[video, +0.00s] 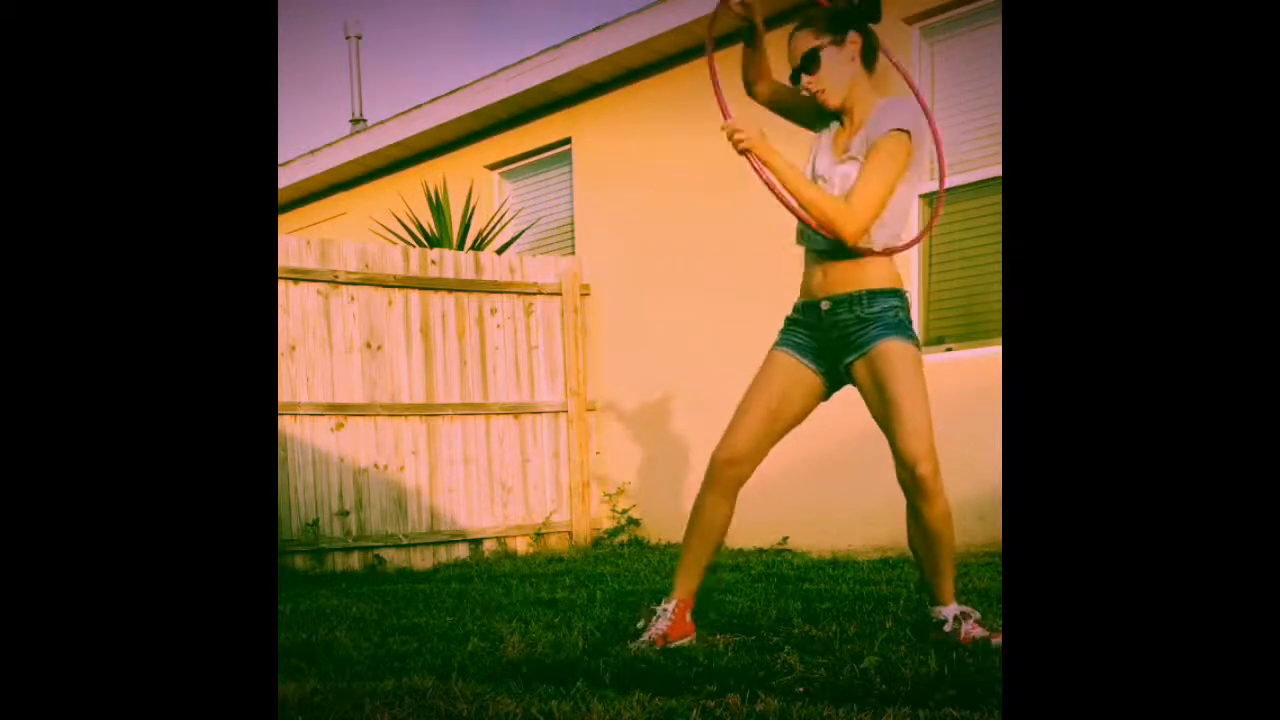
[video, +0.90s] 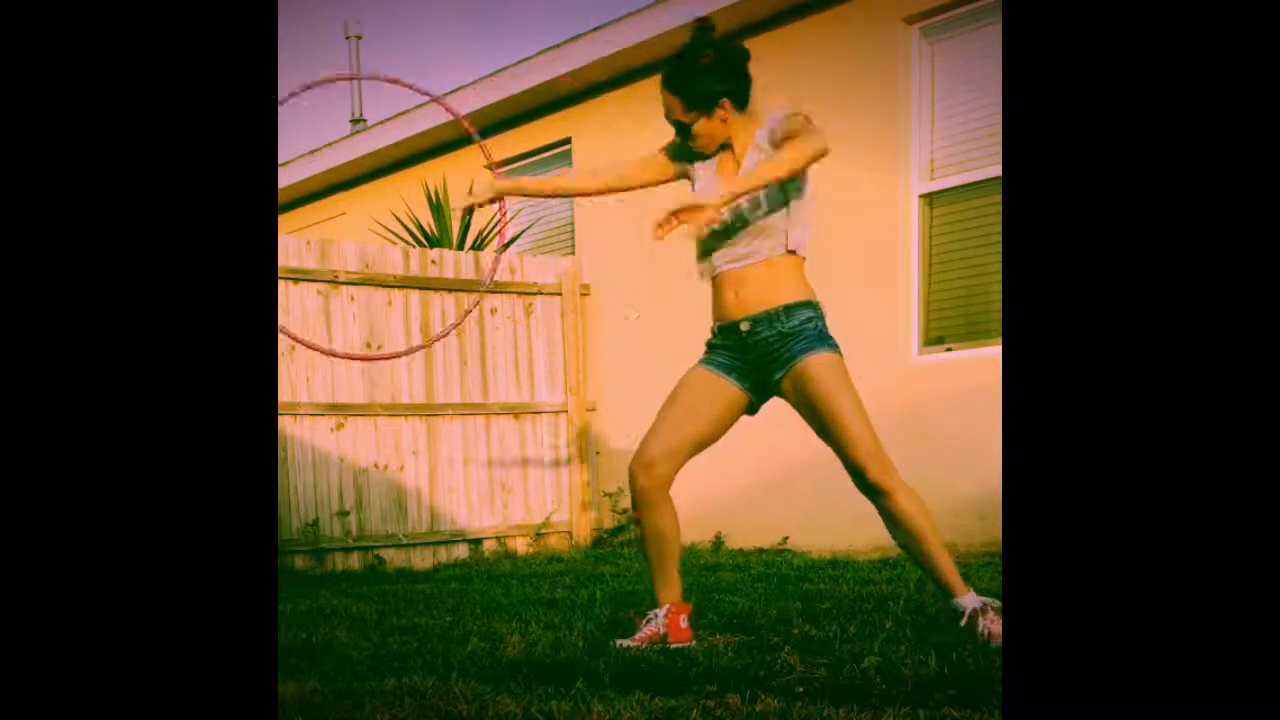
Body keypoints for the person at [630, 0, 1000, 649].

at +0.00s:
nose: (806, 81)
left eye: (812, 62)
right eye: (801, 70)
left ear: (855, 47)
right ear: (826, 65)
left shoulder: (896, 121)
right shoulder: (828, 126)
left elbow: (851, 226)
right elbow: (761, 86)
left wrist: (771, 157)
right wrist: (753, 27)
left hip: (874, 313)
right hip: (809, 320)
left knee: (919, 469)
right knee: (726, 463)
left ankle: (947, 609)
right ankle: (676, 614)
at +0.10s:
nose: (790, 83)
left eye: (796, 68)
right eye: (784, 73)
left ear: (839, 56)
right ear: (812, 65)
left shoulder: (884, 122)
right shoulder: (811, 131)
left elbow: (849, 191)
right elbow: (733, 122)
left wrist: (795, 109)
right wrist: (742, 44)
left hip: (859, 318)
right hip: (793, 327)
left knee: (903, 472)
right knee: (711, 465)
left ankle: (944, 611)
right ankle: (679, 618)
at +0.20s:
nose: (771, 94)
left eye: (777, 78)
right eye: (767, 83)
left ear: (819, 66)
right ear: (778, 82)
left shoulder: (870, 118)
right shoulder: (779, 144)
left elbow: (862, 129)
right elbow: (695, 166)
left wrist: (814, 35)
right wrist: (700, 76)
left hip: (838, 323)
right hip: (771, 334)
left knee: (889, 474)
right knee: (682, 465)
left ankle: (943, 613)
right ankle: (675, 617)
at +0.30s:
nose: (744, 98)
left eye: (752, 85)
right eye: (741, 86)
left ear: (797, 85)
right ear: (767, 89)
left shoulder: (841, 133)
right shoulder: (750, 156)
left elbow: (855, 59)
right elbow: (680, 210)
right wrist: (651, 122)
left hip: (815, 325)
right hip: (747, 336)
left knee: (873, 474)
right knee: (661, 467)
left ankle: (941, 612)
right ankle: (672, 616)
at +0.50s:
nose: (695, 106)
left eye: (705, 96)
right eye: (694, 95)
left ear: (750, 95)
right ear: (730, 97)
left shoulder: (792, 128)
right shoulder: (708, 167)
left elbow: (778, 13)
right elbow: (685, 265)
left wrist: (680, 9)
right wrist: (606, 221)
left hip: (785, 333)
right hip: (720, 345)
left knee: (857, 482)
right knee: (638, 473)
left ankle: (942, 612)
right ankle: (671, 616)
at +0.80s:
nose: (685, 126)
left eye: (694, 109)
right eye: (679, 116)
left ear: (730, 96)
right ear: (681, 118)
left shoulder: (772, 143)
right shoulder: (683, 167)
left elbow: (762, 82)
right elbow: (612, 227)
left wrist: (665, 111)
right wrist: (535, 286)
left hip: (786, 330)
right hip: (720, 347)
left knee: (865, 472)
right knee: (640, 469)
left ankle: (965, 601)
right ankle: (670, 614)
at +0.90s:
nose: (678, 134)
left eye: (685, 120)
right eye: (675, 122)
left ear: (724, 105)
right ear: (696, 113)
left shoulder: (780, 128)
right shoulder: (694, 160)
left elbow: (810, 151)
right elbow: (604, 179)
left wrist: (721, 202)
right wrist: (511, 183)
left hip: (794, 332)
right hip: (727, 349)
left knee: (873, 471)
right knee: (647, 471)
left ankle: (966, 602)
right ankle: (670, 618)